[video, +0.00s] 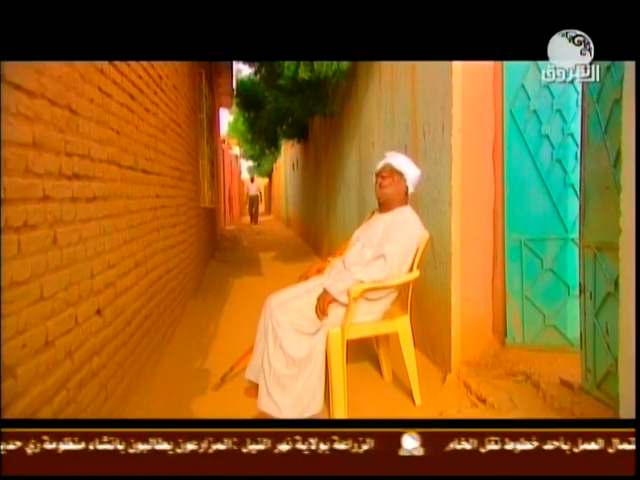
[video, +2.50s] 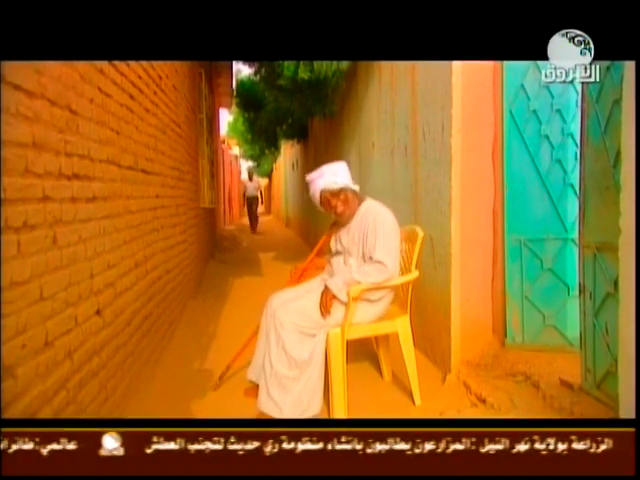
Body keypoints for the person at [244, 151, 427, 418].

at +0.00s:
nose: (382, 180)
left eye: (391, 175)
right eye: (380, 175)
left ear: (406, 185)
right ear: (376, 182)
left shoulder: (406, 223)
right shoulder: (381, 216)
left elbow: (389, 271)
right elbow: (354, 255)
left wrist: (335, 290)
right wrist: (325, 268)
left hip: (362, 300)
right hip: (341, 283)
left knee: (284, 315)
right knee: (274, 304)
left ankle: (289, 405)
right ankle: (266, 378)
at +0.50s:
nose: (385, 179)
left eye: (394, 175)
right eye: (382, 175)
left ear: (408, 187)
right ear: (377, 183)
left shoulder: (406, 223)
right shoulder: (381, 216)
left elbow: (388, 270)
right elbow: (354, 255)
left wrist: (336, 291)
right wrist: (325, 267)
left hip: (362, 300)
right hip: (341, 283)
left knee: (284, 315)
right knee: (274, 304)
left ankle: (289, 405)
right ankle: (265, 377)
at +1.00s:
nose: (381, 191)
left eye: (388, 184)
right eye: (375, 186)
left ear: (401, 189)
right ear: (370, 192)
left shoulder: (406, 224)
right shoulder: (380, 218)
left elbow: (384, 270)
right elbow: (351, 255)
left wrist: (334, 291)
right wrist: (323, 268)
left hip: (362, 300)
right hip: (340, 283)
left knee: (284, 316)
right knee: (274, 304)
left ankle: (290, 405)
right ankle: (265, 377)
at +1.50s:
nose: (379, 192)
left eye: (386, 185)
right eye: (373, 187)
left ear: (400, 190)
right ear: (367, 193)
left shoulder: (405, 223)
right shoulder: (378, 219)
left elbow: (386, 270)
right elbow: (351, 256)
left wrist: (335, 291)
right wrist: (323, 270)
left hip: (363, 300)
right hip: (340, 284)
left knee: (285, 316)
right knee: (275, 304)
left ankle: (289, 406)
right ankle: (265, 377)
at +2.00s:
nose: (356, 202)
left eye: (359, 193)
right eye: (349, 198)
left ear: (373, 190)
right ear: (345, 201)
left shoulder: (395, 218)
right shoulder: (361, 219)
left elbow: (389, 270)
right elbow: (344, 258)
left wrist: (339, 287)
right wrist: (328, 283)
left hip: (368, 299)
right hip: (342, 286)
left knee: (288, 315)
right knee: (278, 303)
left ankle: (289, 407)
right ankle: (268, 377)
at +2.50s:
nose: (333, 208)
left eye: (334, 200)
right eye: (327, 206)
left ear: (347, 193)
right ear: (325, 208)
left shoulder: (378, 217)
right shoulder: (346, 220)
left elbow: (386, 270)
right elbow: (341, 258)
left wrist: (337, 284)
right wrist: (326, 278)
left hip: (367, 299)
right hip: (340, 285)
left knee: (288, 317)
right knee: (276, 304)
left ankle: (289, 406)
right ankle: (267, 380)